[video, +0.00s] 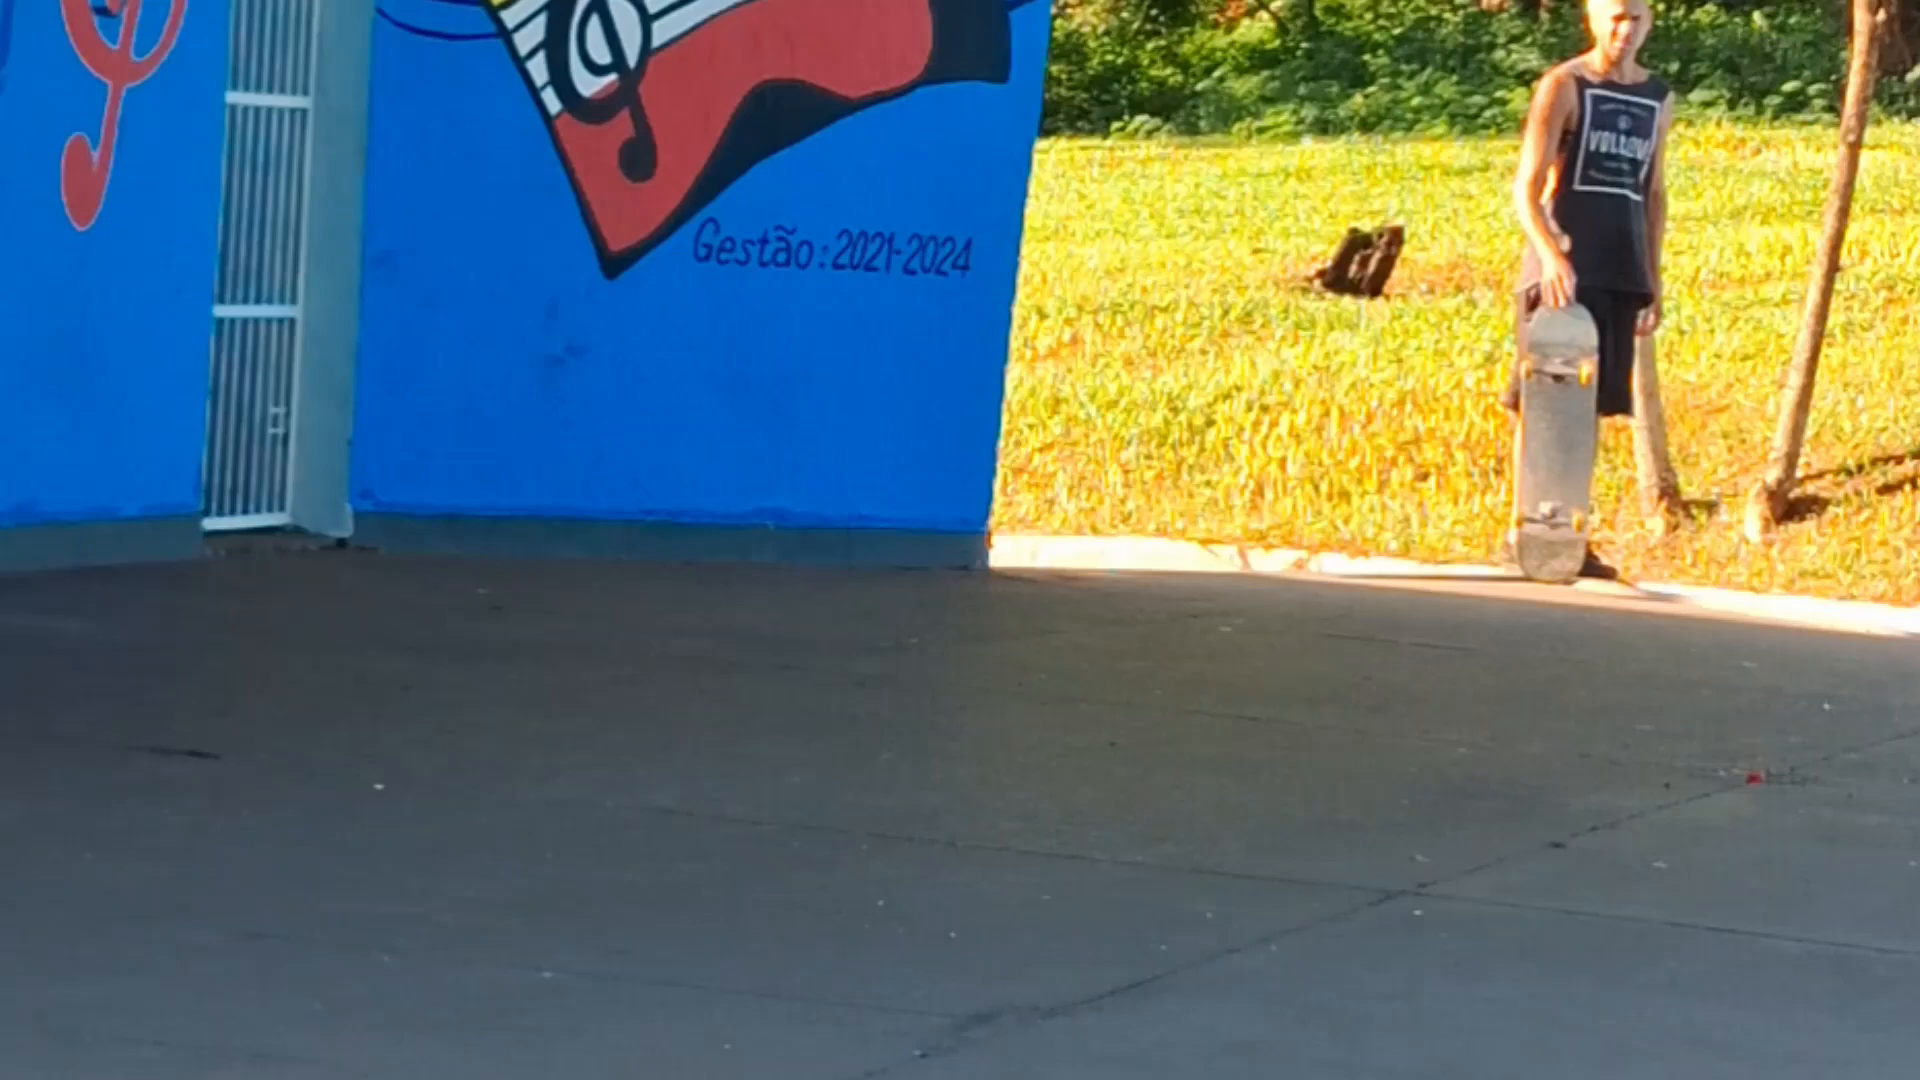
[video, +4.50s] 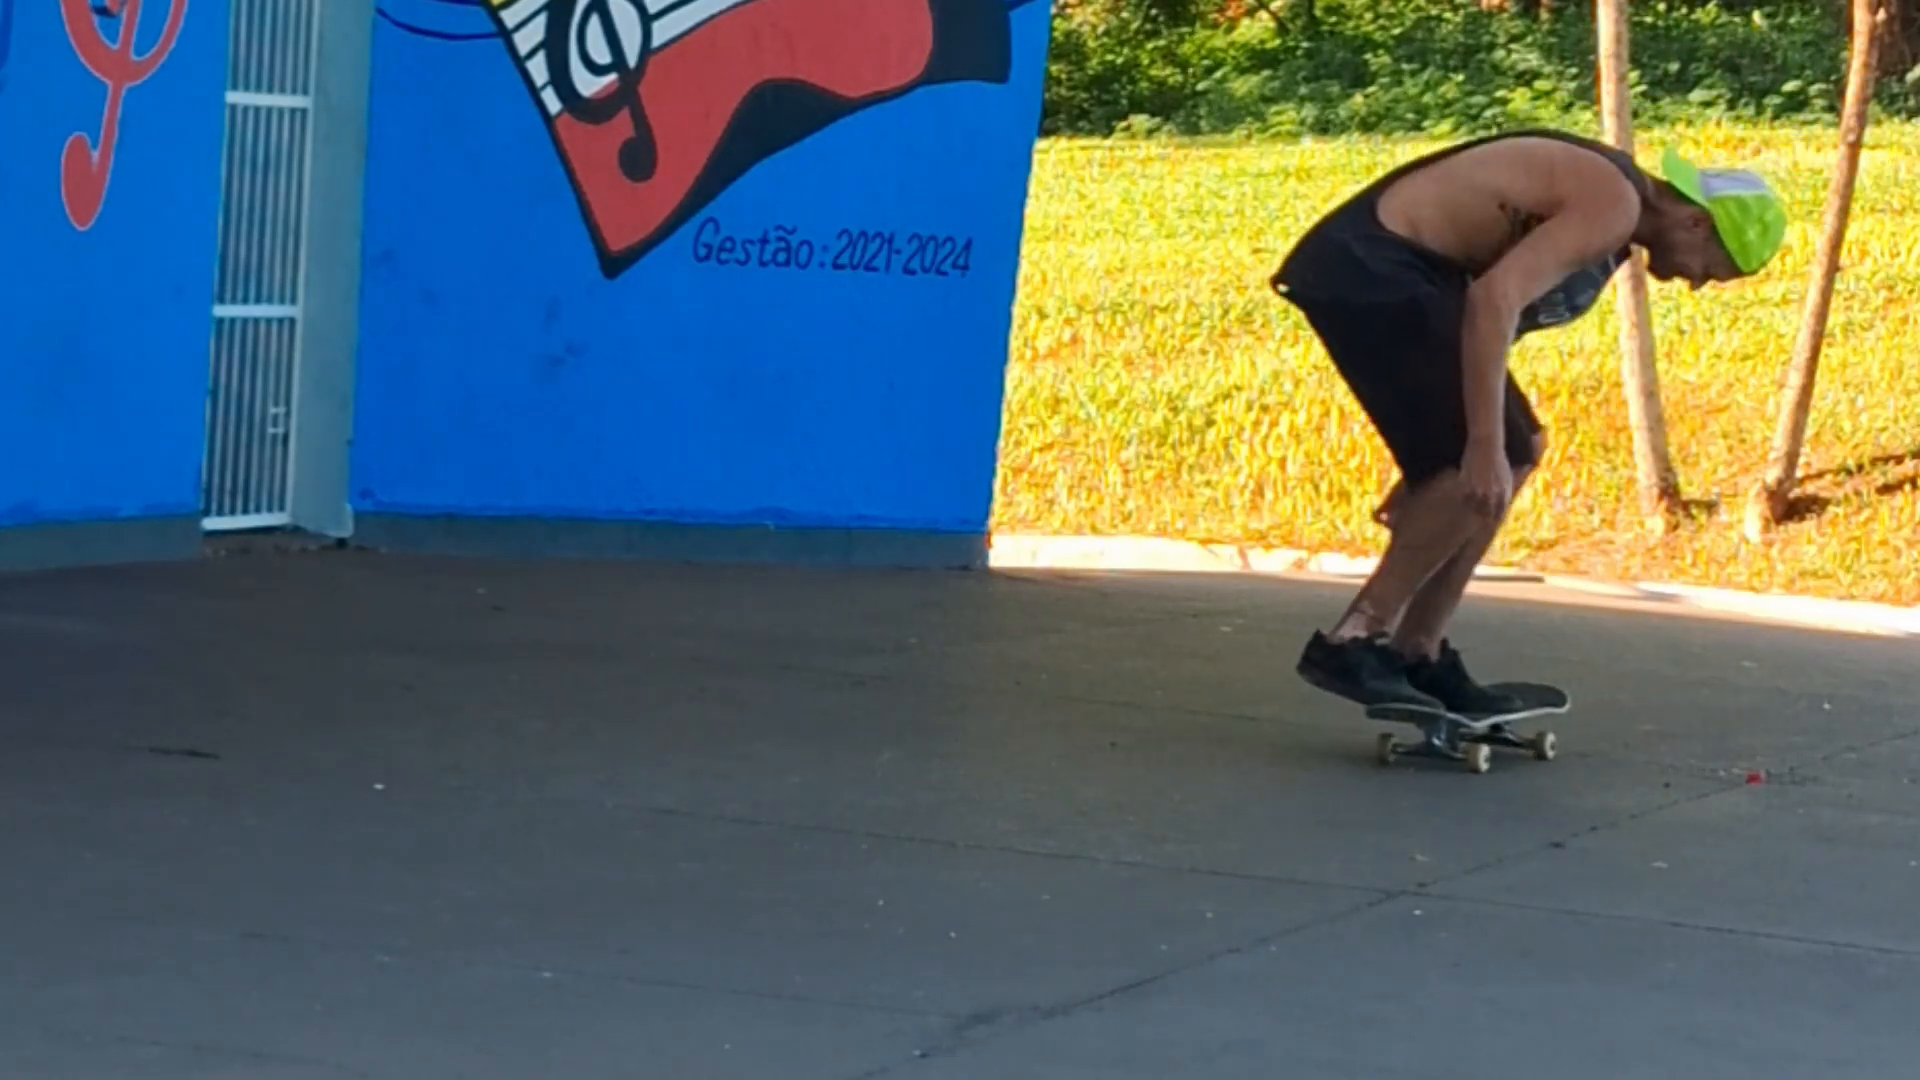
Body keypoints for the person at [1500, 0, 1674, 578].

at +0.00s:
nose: (1626, 30)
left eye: (1636, 20)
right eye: (1617, 18)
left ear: (1649, 25)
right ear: (1593, 20)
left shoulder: (1656, 95)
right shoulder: (1562, 85)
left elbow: (1653, 191)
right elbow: (1527, 188)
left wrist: (1650, 277)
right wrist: (1550, 257)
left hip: (1621, 273)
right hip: (1565, 269)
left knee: (1593, 409)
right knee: (1546, 402)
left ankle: (1571, 537)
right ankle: (1534, 533)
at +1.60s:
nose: (1688, 124)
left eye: (1700, 113)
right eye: (1678, 111)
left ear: (1712, 106)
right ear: (1651, 93)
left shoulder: (1711, 141)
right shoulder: (1595, 128)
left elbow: (1712, 209)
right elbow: (1522, 201)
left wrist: (1690, 290)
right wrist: (1518, 297)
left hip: (1658, 292)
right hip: (1586, 285)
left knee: (1650, 433)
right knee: (1571, 423)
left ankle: (1639, 570)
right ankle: (1561, 502)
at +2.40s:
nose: (1792, 117)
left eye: (1800, 108)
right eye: (1790, 103)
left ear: (1767, 84)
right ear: (1758, 77)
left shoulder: (1748, 120)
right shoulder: (1670, 94)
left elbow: (1687, 182)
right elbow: (1561, 162)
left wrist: (1676, 241)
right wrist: (1575, 267)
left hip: (1654, 263)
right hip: (1598, 250)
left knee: (1675, 406)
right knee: (1636, 399)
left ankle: (1612, 562)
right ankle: (1604, 564)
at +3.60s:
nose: (1826, 203)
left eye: (1841, 196)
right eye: (1835, 186)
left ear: (1815, 144)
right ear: (1815, 145)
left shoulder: (1735, 160)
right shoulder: (1724, 137)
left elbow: (1619, 237)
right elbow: (1600, 196)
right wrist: (1594, 323)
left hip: (1567, 266)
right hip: (1530, 261)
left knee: (1644, 438)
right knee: (1608, 439)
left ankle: (1578, 621)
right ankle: (1557, 628)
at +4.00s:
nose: (1790, 230)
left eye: (1804, 225)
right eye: (1801, 215)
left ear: (1785, 177)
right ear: (1784, 172)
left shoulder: (1700, 185)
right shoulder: (1693, 157)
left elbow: (1572, 249)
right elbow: (1561, 217)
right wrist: (1554, 357)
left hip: (1514, 266)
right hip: (1474, 254)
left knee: (1598, 439)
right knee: (1565, 438)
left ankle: (1521, 633)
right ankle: (1466, 621)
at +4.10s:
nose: (1776, 238)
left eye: (1790, 233)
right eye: (1787, 222)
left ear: (1773, 182)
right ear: (1771, 178)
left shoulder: (1683, 190)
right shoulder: (1679, 161)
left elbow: (1556, 264)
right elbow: (1547, 227)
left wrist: (1481, 398)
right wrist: (1533, 368)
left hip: (1499, 267)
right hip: (1455, 254)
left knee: (1578, 443)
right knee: (1549, 442)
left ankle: (1500, 640)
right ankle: (1448, 629)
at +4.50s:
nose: (1702, 281)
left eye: (1717, 276)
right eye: (1716, 267)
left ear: (1696, 217)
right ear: (1699, 223)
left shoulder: (1614, 210)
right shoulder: (1608, 205)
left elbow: (1490, 308)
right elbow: (1490, 297)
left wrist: (1424, 480)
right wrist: (1482, 449)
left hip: (1405, 275)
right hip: (1364, 270)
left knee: (1518, 445)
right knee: (1478, 469)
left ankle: (1416, 651)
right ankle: (1351, 641)